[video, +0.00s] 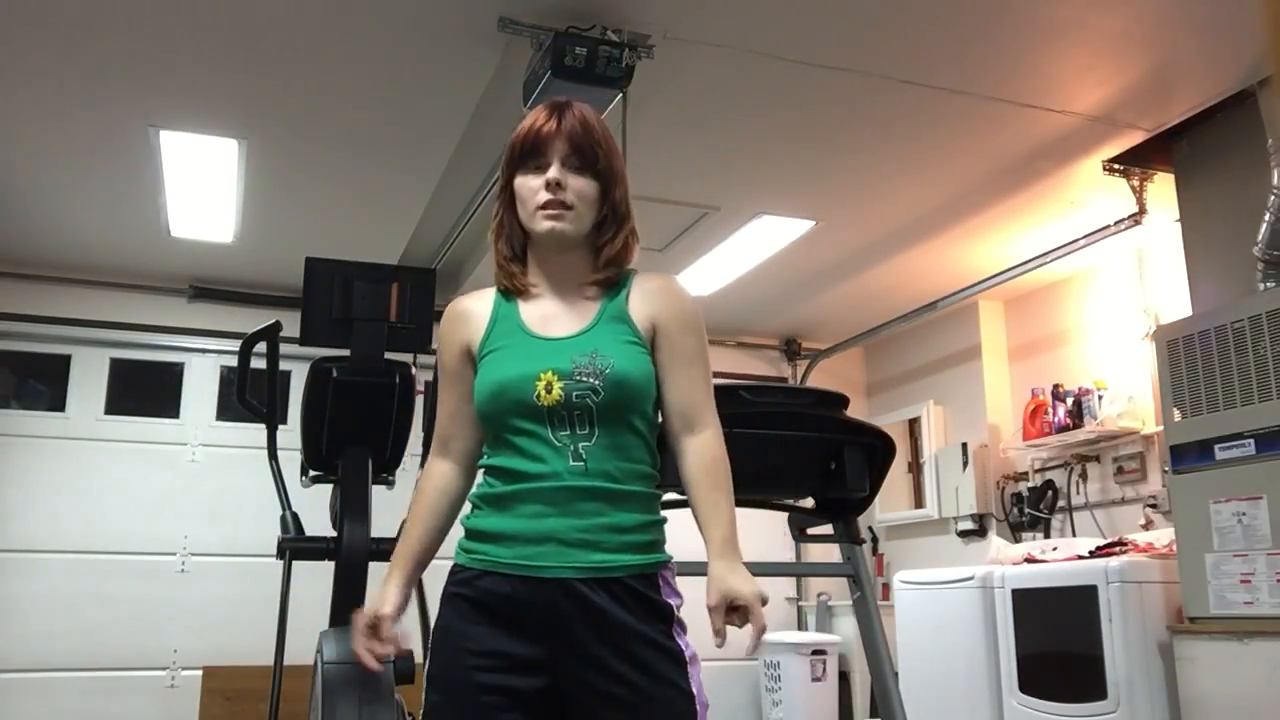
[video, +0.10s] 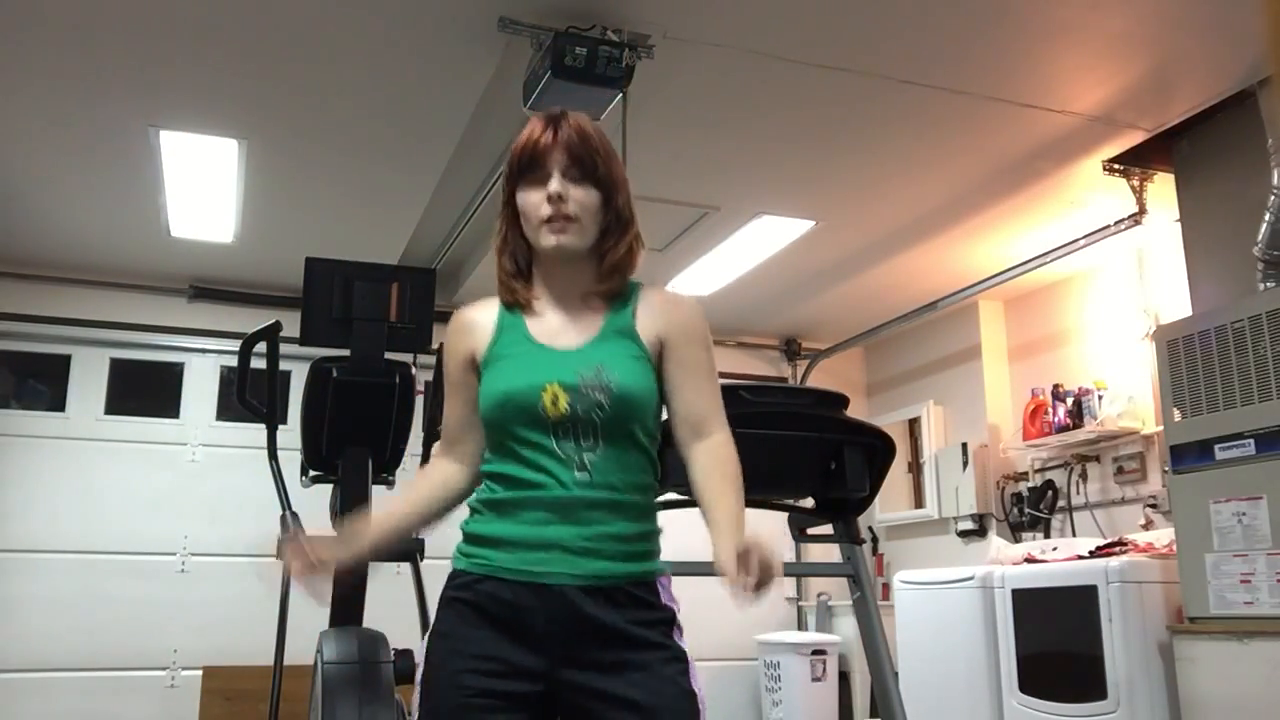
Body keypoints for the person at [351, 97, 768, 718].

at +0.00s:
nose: (553, 179)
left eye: (577, 165)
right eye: (535, 165)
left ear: (606, 191)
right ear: (511, 192)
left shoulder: (656, 301)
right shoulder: (471, 316)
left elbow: (696, 430)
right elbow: (449, 459)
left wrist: (725, 559)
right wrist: (397, 582)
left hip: (624, 607)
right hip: (490, 605)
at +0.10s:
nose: (556, 195)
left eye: (577, 178)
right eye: (536, 180)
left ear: (608, 199)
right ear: (515, 202)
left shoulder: (667, 317)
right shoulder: (476, 326)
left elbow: (705, 435)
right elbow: (454, 459)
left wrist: (730, 539)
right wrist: (349, 543)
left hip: (624, 622)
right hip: (488, 617)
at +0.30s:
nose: (578, 194)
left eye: (601, 177)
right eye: (558, 178)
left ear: (631, 198)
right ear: (537, 201)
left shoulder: (679, 293)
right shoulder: (504, 310)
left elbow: (741, 388)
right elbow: (407, 404)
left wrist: (752, 443)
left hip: (648, 607)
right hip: (517, 601)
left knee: (696, 708)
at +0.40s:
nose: (603, 176)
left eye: (627, 159)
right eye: (584, 160)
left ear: (656, 179)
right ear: (561, 180)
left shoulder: (692, 268)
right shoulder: (529, 282)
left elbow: (751, 365)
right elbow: (436, 339)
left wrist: (775, 471)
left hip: (669, 570)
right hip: (545, 572)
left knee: (710, 710)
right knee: (517, 708)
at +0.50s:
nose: (626, 192)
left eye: (650, 177)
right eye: (610, 173)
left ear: (679, 199)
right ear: (584, 190)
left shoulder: (716, 292)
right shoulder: (556, 299)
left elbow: (768, 412)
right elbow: (487, 322)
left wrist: (799, 542)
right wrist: (530, 206)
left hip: (698, 591)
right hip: (582, 595)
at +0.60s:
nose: (651, 223)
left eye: (673, 207)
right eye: (634, 204)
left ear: (703, 226)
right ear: (611, 221)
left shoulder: (740, 323)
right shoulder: (593, 333)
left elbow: (789, 461)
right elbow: (545, 342)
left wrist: (827, 597)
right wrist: (588, 246)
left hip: (741, 617)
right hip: (624, 629)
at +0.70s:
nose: (668, 231)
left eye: (691, 217)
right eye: (650, 215)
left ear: (718, 236)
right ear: (627, 231)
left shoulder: (766, 337)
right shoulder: (592, 324)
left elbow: (808, 475)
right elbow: (575, 366)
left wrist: (854, 617)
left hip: (766, 621)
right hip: (640, 636)